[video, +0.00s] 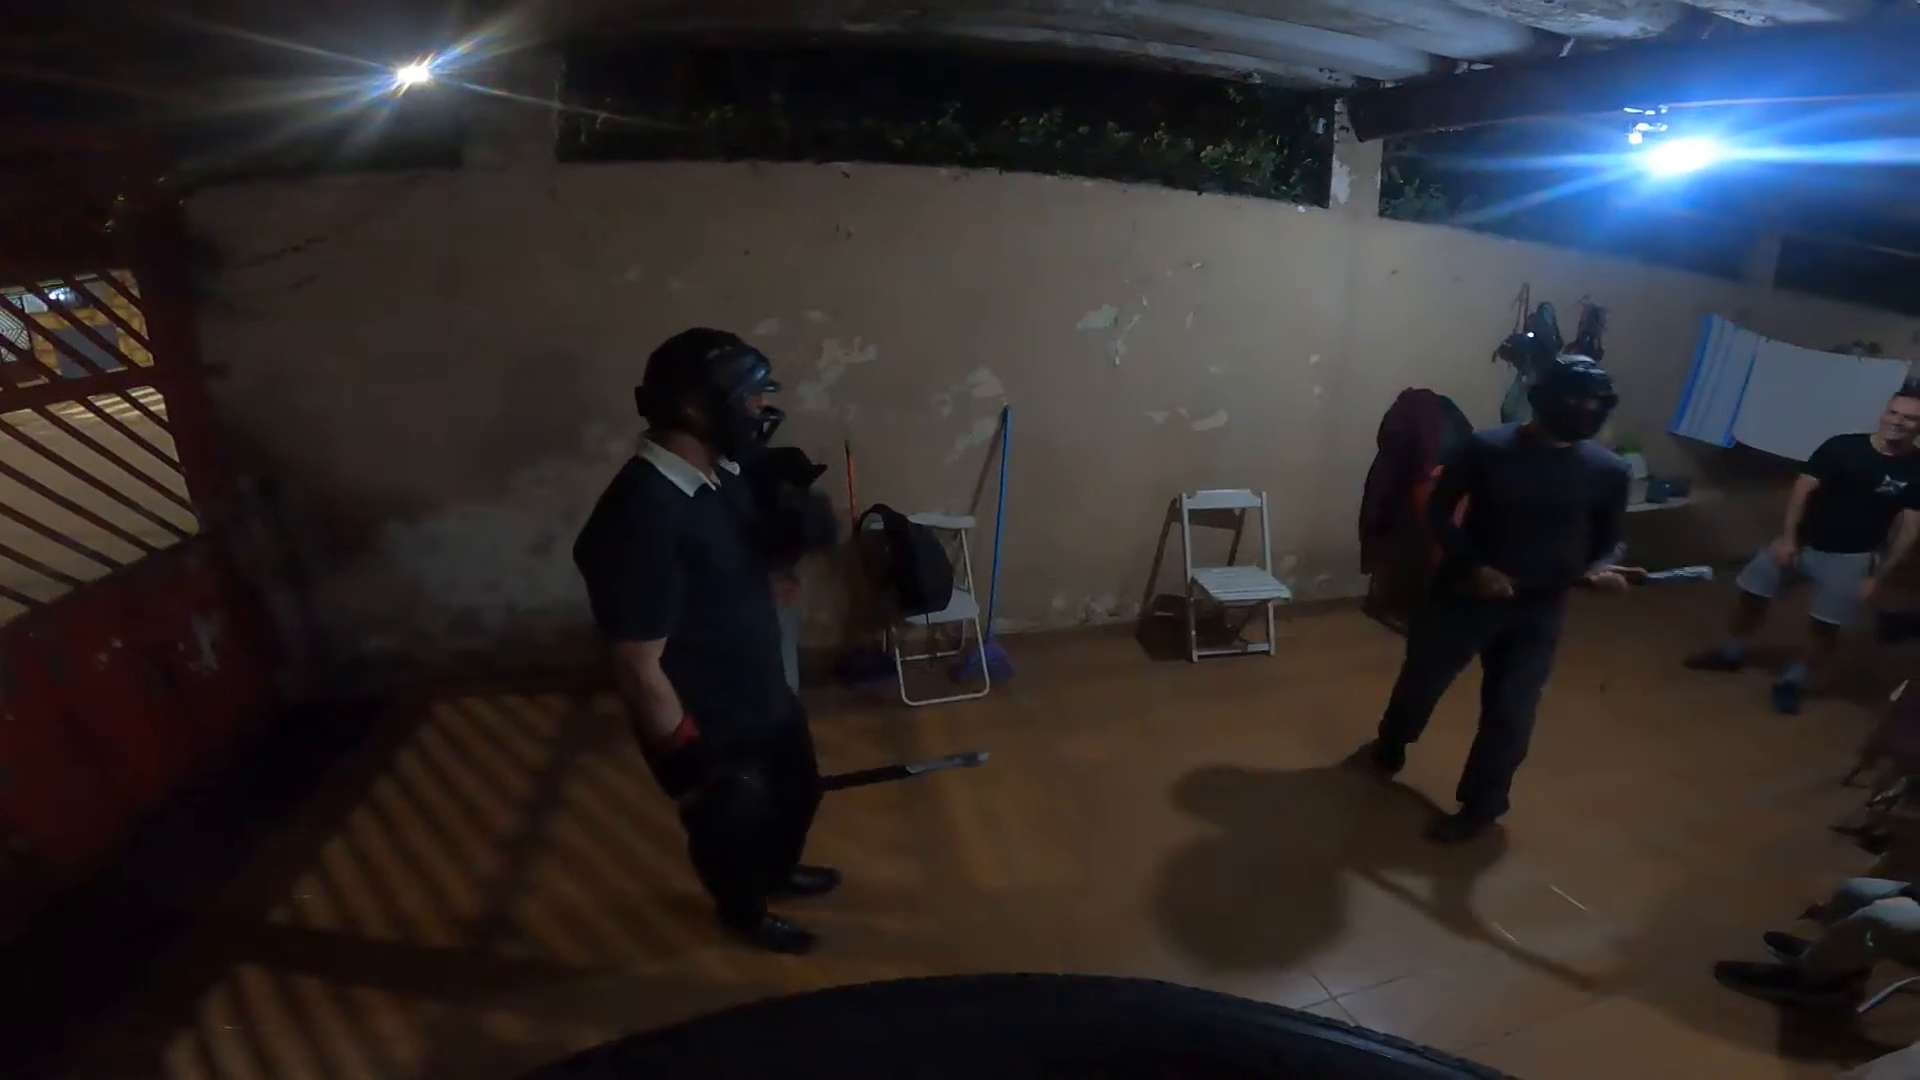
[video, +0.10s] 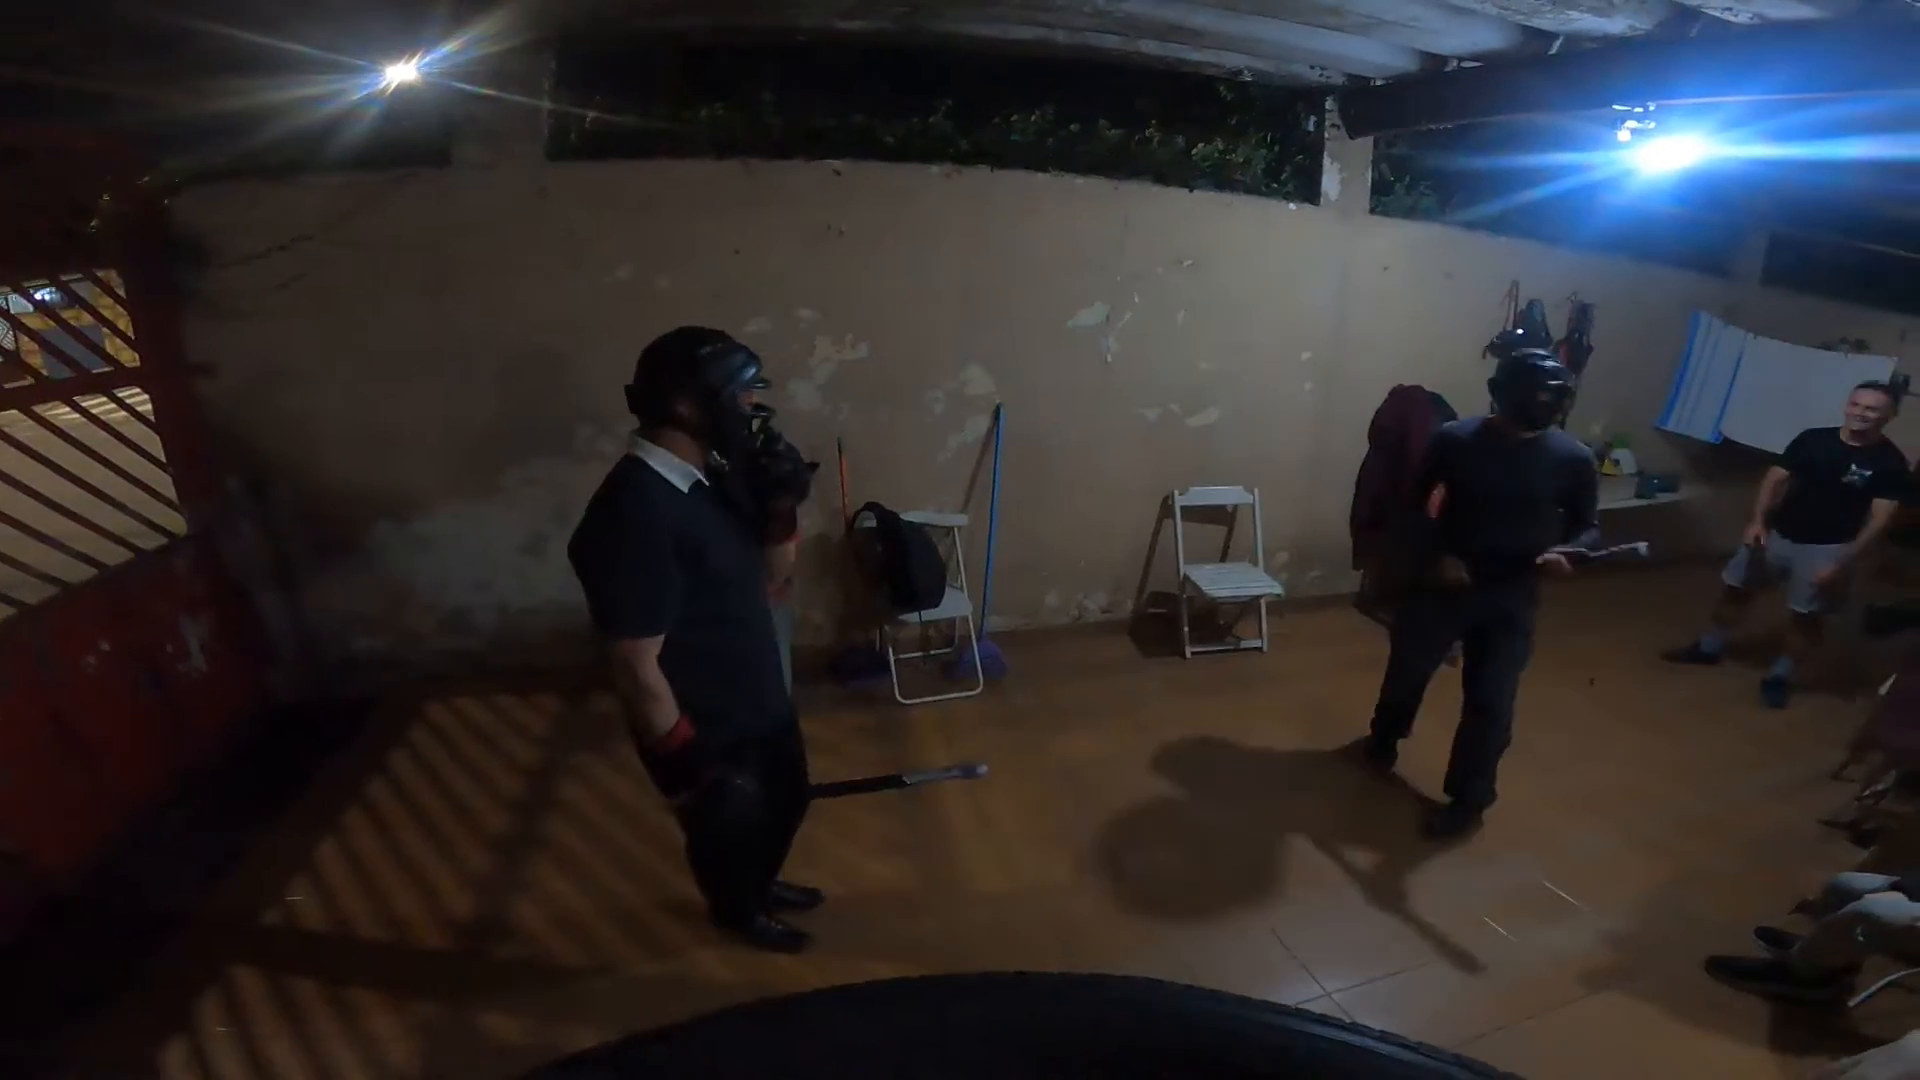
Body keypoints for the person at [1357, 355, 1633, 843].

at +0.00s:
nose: (1591, 412)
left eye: (1598, 403)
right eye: (1580, 401)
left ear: (1604, 409)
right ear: (1548, 399)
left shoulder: (1605, 474)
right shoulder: (1487, 449)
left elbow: (1608, 537)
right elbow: (1437, 513)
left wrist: (1600, 564)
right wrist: (1473, 566)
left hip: (1536, 612)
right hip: (1464, 598)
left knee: (1509, 717)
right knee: (1420, 681)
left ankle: (1479, 810)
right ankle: (1390, 746)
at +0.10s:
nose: (1527, 424)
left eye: (1539, 411)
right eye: (1522, 407)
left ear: (1555, 410)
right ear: (1503, 398)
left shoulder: (1570, 462)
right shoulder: (1455, 442)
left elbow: (1586, 525)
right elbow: (1411, 508)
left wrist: (1567, 553)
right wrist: (1435, 555)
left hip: (1510, 596)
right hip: (1442, 585)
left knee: (1490, 705)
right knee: (1407, 670)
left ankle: (1469, 802)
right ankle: (1383, 743)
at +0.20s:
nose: (1519, 393)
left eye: (1530, 383)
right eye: (1508, 381)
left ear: (1542, 390)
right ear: (1483, 382)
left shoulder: (1558, 456)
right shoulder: (1442, 439)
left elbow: (1576, 523)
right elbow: (1400, 503)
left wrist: (1546, 549)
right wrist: (1419, 551)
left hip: (1502, 593)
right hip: (1434, 579)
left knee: (1482, 704)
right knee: (1399, 665)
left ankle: (1457, 799)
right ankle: (1379, 739)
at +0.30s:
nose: (1485, 387)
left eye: (1497, 377)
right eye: (1476, 375)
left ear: (1514, 385)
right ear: (1457, 379)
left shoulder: (1540, 449)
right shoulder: (1425, 435)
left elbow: (1560, 518)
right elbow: (1386, 498)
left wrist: (1523, 542)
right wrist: (1404, 546)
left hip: (1488, 580)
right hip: (1423, 569)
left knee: (1472, 697)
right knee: (1391, 659)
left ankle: (1447, 791)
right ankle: (1373, 737)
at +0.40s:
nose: (1438, 400)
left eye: (1448, 393)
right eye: (1435, 391)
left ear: (1478, 390)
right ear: (1429, 386)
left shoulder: (1517, 440)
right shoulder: (1410, 429)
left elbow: (1544, 508)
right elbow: (1376, 490)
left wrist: (1496, 535)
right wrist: (1384, 538)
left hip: (1471, 575)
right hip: (1408, 564)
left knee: (1458, 681)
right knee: (1381, 653)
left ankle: (1440, 771)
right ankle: (1365, 729)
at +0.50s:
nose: (1434, 405)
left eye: (1442, 396)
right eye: (1430, 396)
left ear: (1467, 389)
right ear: (1423, 390)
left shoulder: (1508, 436)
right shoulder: (1402, 427)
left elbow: (1539, 503)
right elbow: (1373, 488)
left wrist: (1489, 531)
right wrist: (1379, 536)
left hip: (1465, 572)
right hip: (1402, 562)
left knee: (1454, 676)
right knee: (1375, 652)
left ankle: (1439, 761)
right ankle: (1360, 728)